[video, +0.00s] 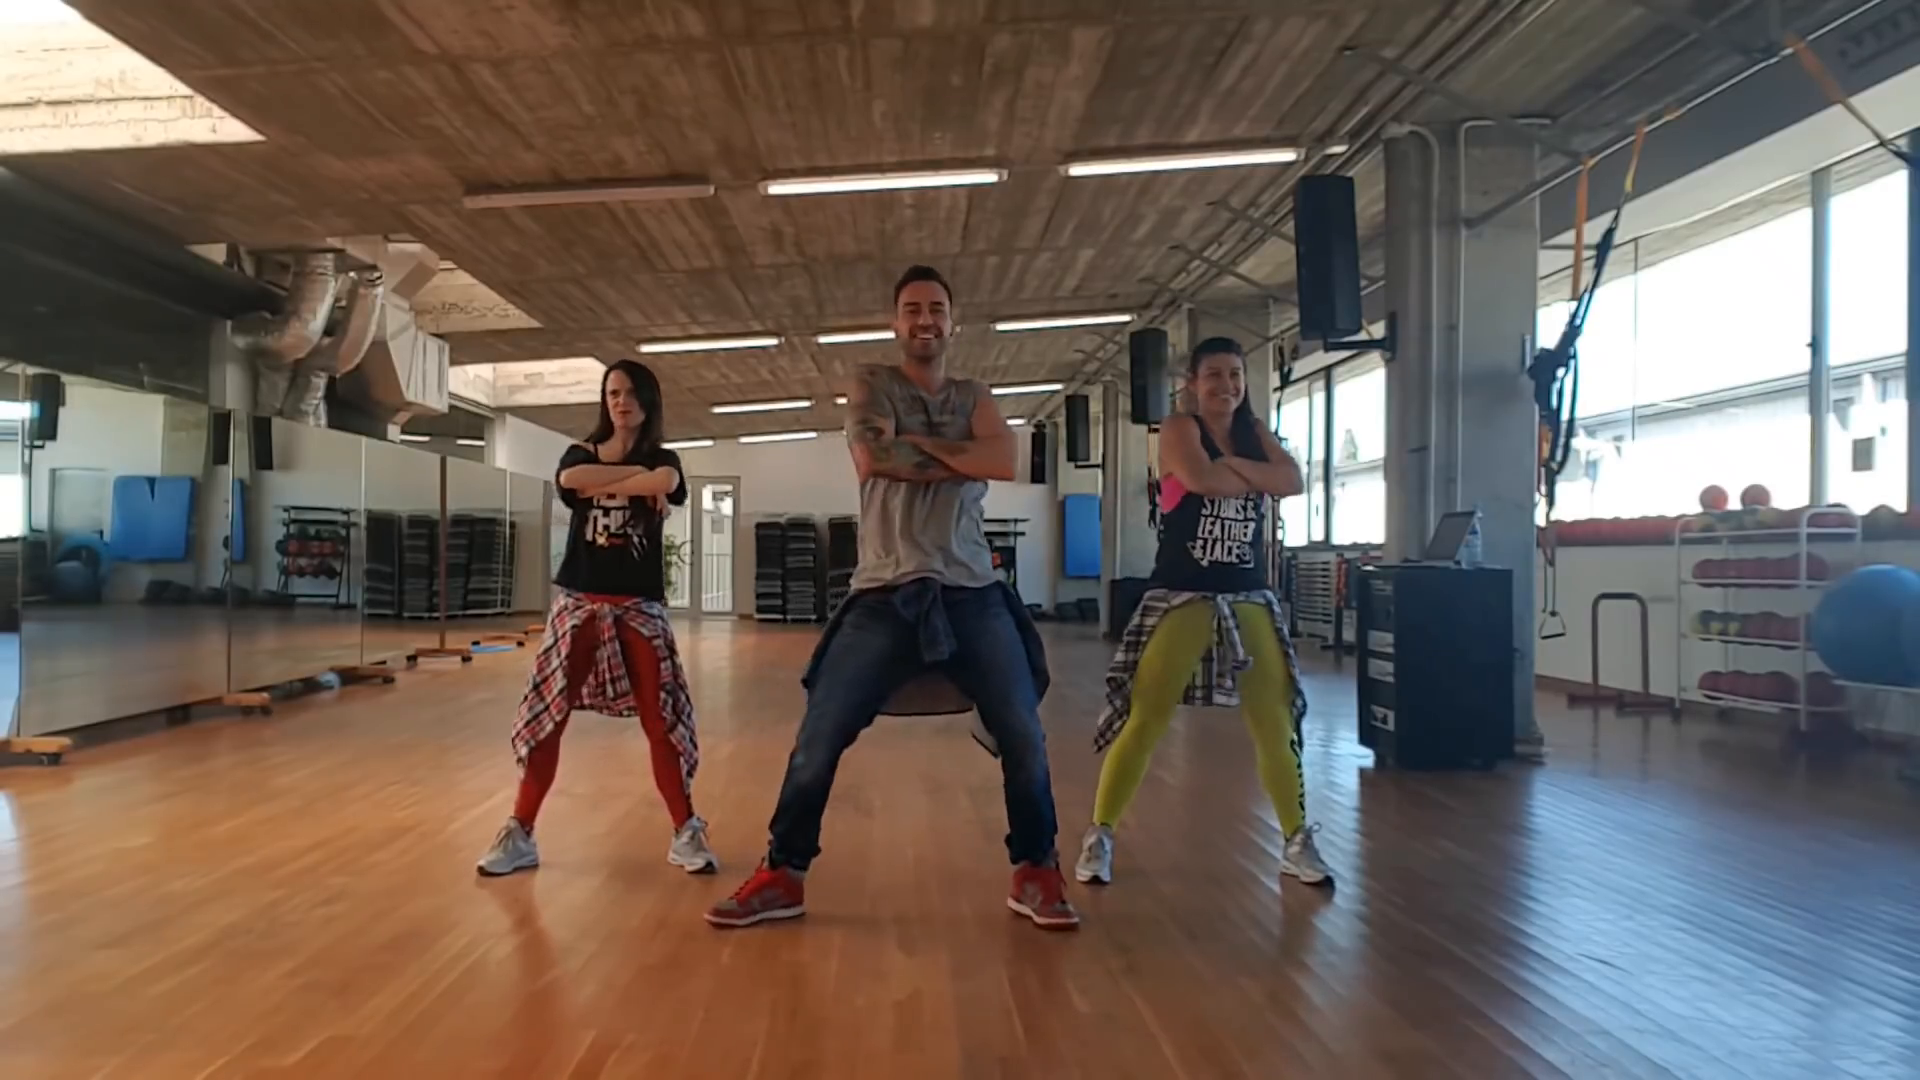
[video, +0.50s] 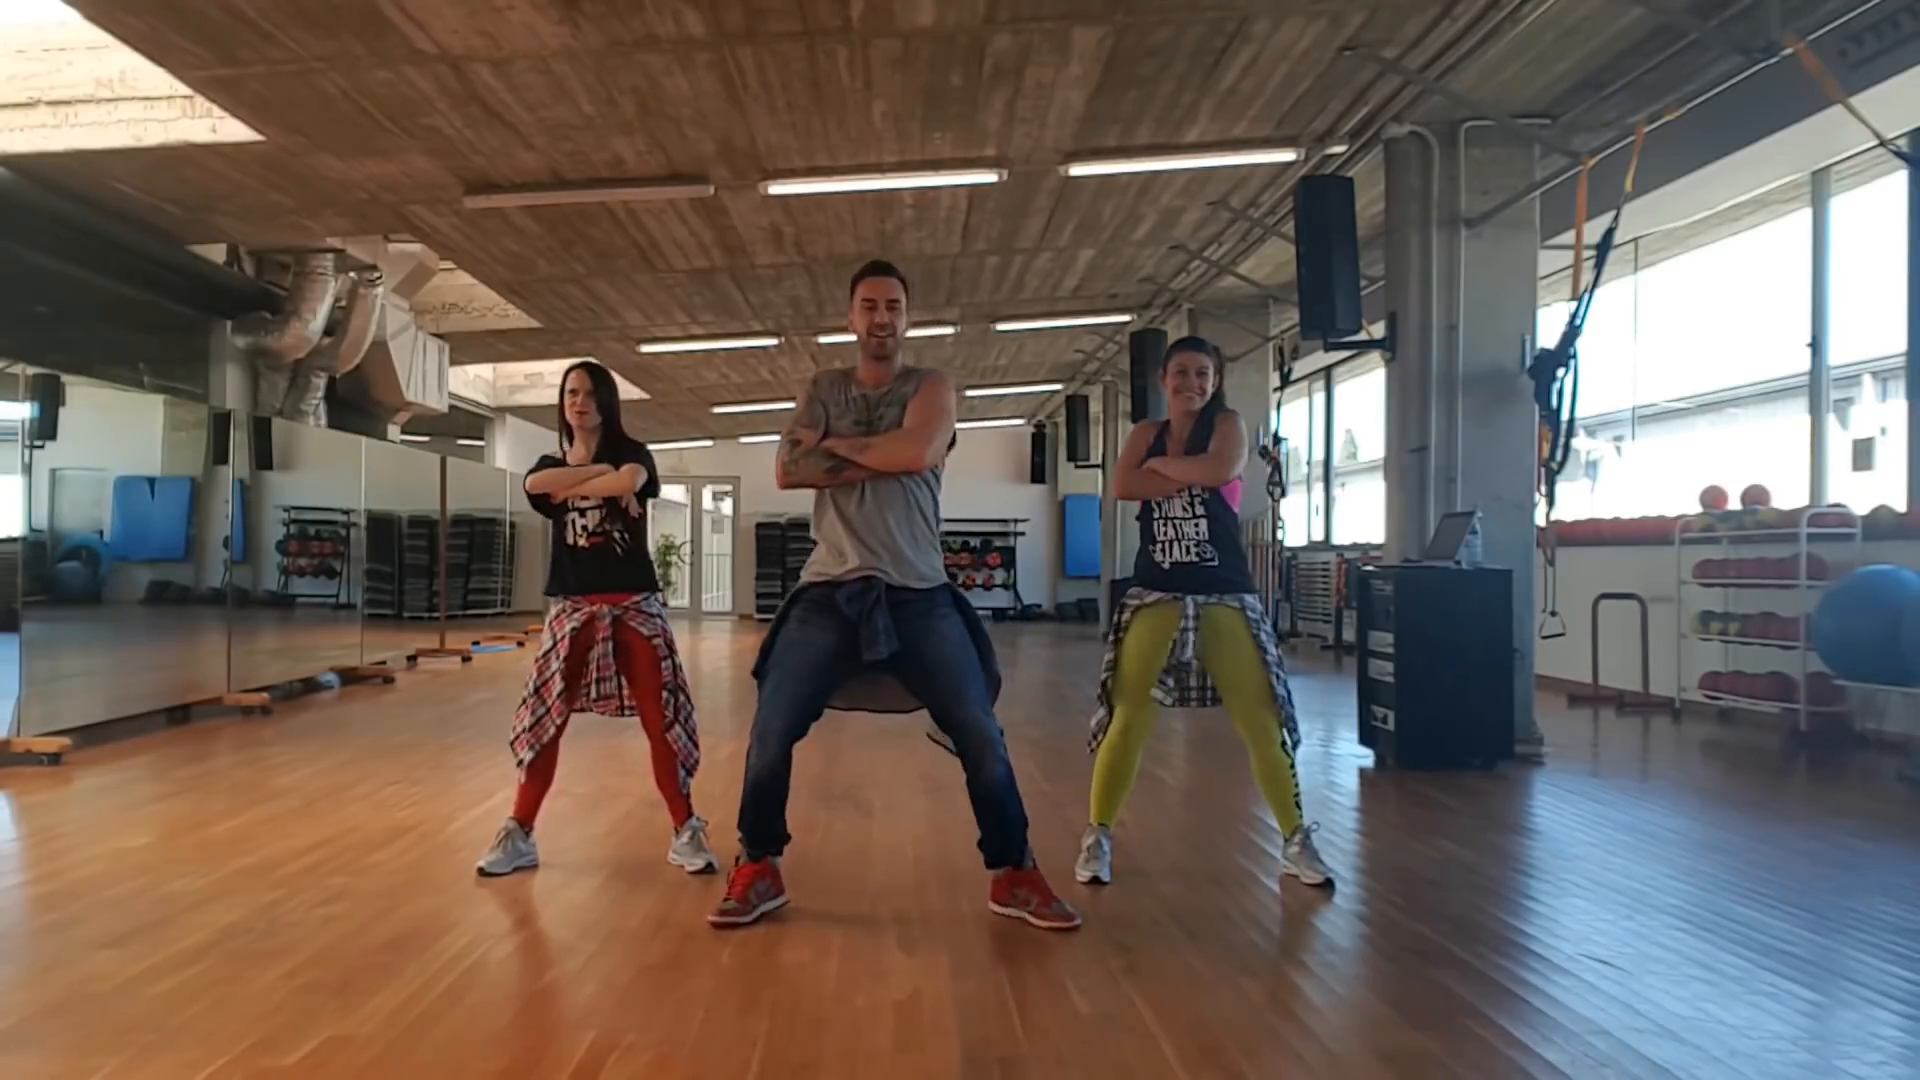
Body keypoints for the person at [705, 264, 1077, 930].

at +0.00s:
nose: (924, 319)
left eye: (935, 310)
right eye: (913, 310)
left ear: (951, 323)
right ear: (894, 322)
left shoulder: (975, 398)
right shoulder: (871, 385)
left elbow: (1004, 463)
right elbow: (870, 462)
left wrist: (910, 443)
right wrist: (966, 466)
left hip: (970, 591)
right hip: (882, 592)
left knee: (1021, 728)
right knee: (822, 727)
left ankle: (1036, 873)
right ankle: (784, 875)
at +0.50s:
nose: (880, 317)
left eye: (891, 306)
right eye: (868, 305)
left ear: (907, 317)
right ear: (849, 315)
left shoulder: (930, 386)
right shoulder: (823, 390)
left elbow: (918, 453)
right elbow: (788, 472)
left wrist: (827, 442)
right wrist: (877, 458)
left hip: (918, 591)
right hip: (828, 589)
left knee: (978, 730)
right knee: (770, 730)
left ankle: (1013, 874)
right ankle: (758, 869)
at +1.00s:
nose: (909, 309)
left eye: (920, 301)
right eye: (897, 301)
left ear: (937, 321)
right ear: (878, 321)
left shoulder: (963, 396)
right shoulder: (853, 392)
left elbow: (977, 476)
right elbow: (835, 480)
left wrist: (882, 458)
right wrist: (931, 488)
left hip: (954, 592)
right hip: (866, 592)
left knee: (1005, 727)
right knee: (809, 731)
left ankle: (1025, 873)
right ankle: (775, 872)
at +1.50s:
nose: (911, 318)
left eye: (921, 309)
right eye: (899, 308)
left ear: (939, 324)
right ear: (881, 323)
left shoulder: (957, 396)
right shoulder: (858, 395)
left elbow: (989, 429)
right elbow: (826, 423)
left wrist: (991, 339)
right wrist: (833, 336)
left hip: (947, 590)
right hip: (860, 588)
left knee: (999, 727)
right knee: (805, 727)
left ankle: (1023, 873)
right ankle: (774, 871)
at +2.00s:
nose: (934, 345)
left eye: (945, 333)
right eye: (922, 333)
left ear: (961, 342)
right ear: (904, 342)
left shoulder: (985, 410)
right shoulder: (878, 421)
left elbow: (990, 446)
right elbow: (805, 468)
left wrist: (972, 349)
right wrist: (764, 383)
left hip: (984, 606)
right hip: (897, 606)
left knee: (1031, 740)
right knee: (829, 743)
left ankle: (1033, 874)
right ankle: (809, 874)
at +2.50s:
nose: (829, 363)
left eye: (842, 353)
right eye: (819, 350)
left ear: (857, 362)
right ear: (801, 355)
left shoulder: (873, 431)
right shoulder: (780, 421)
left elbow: (923, 475)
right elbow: (750, 457)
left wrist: (927, 392)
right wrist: (770, 379)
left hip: (846, 610)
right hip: (775, 609)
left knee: (907, 749)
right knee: (687, 727)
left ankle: (1030, 854)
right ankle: (748, 870)